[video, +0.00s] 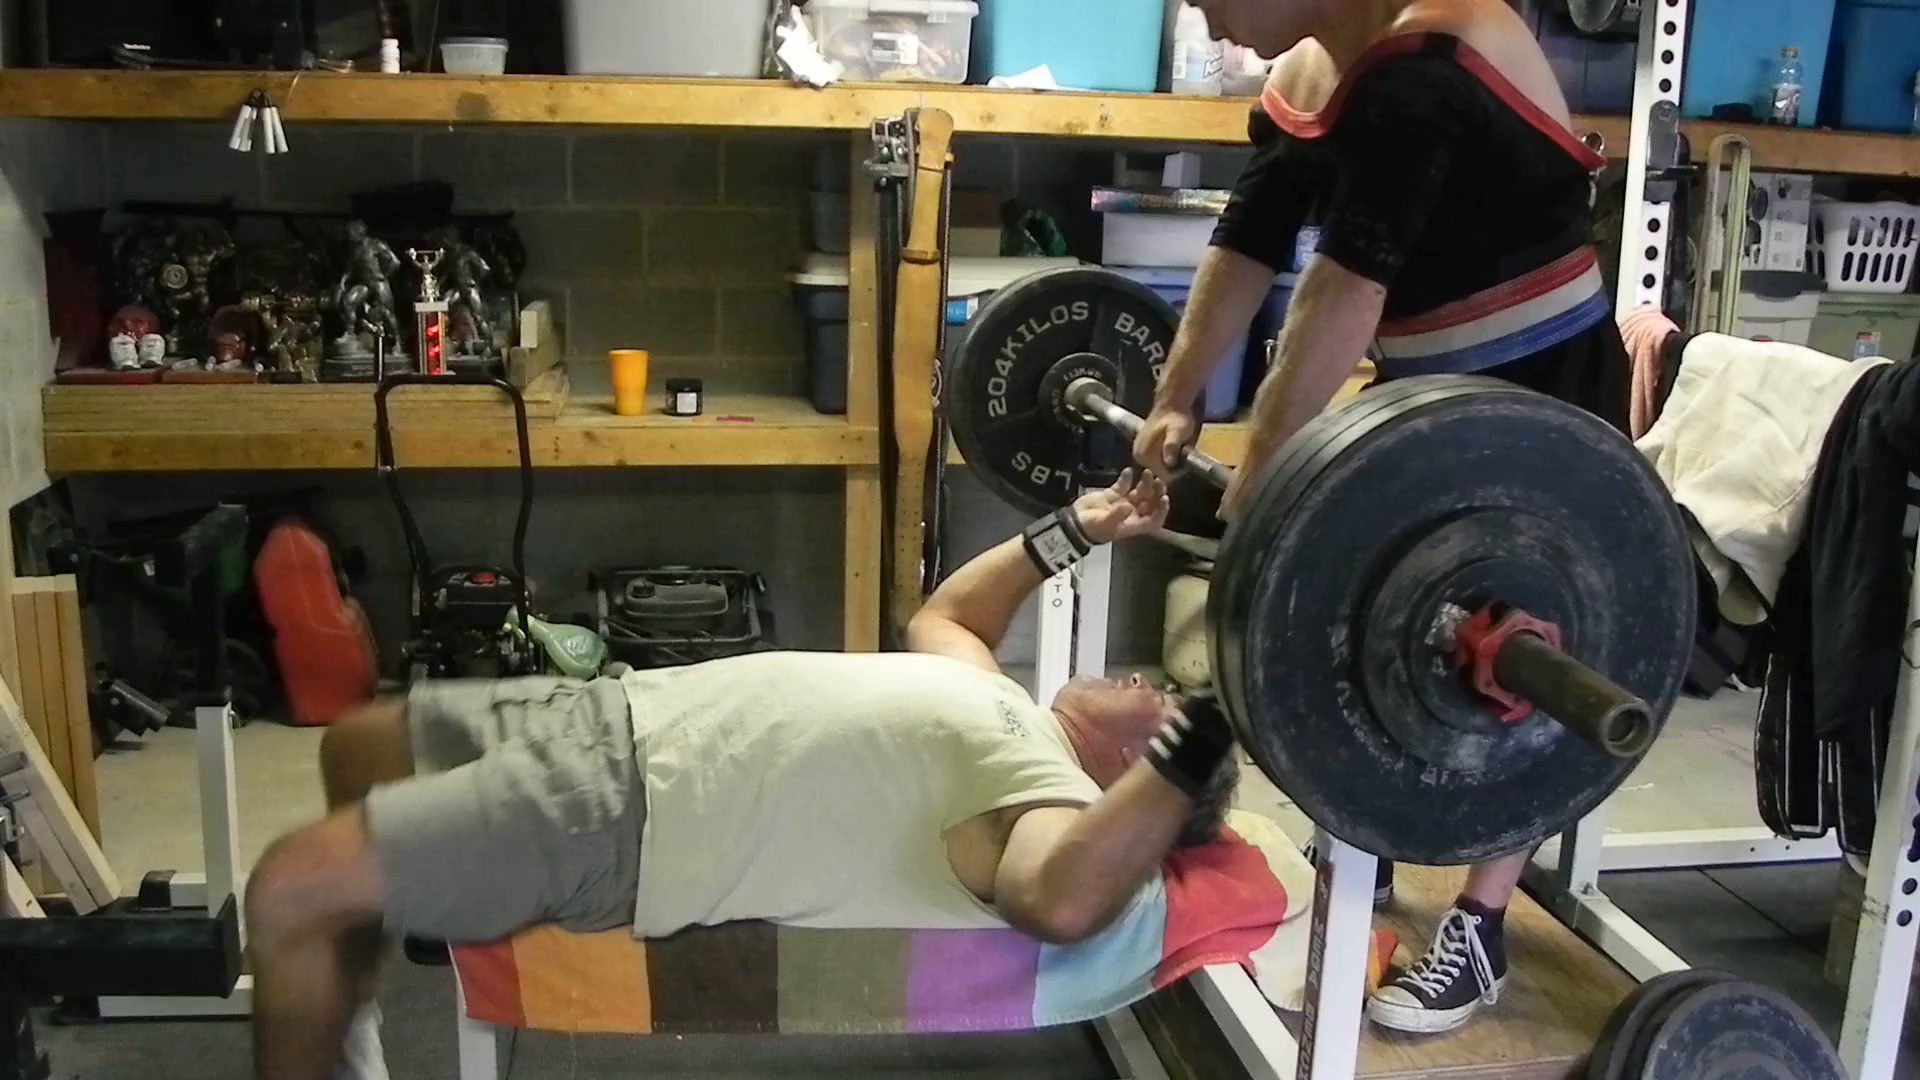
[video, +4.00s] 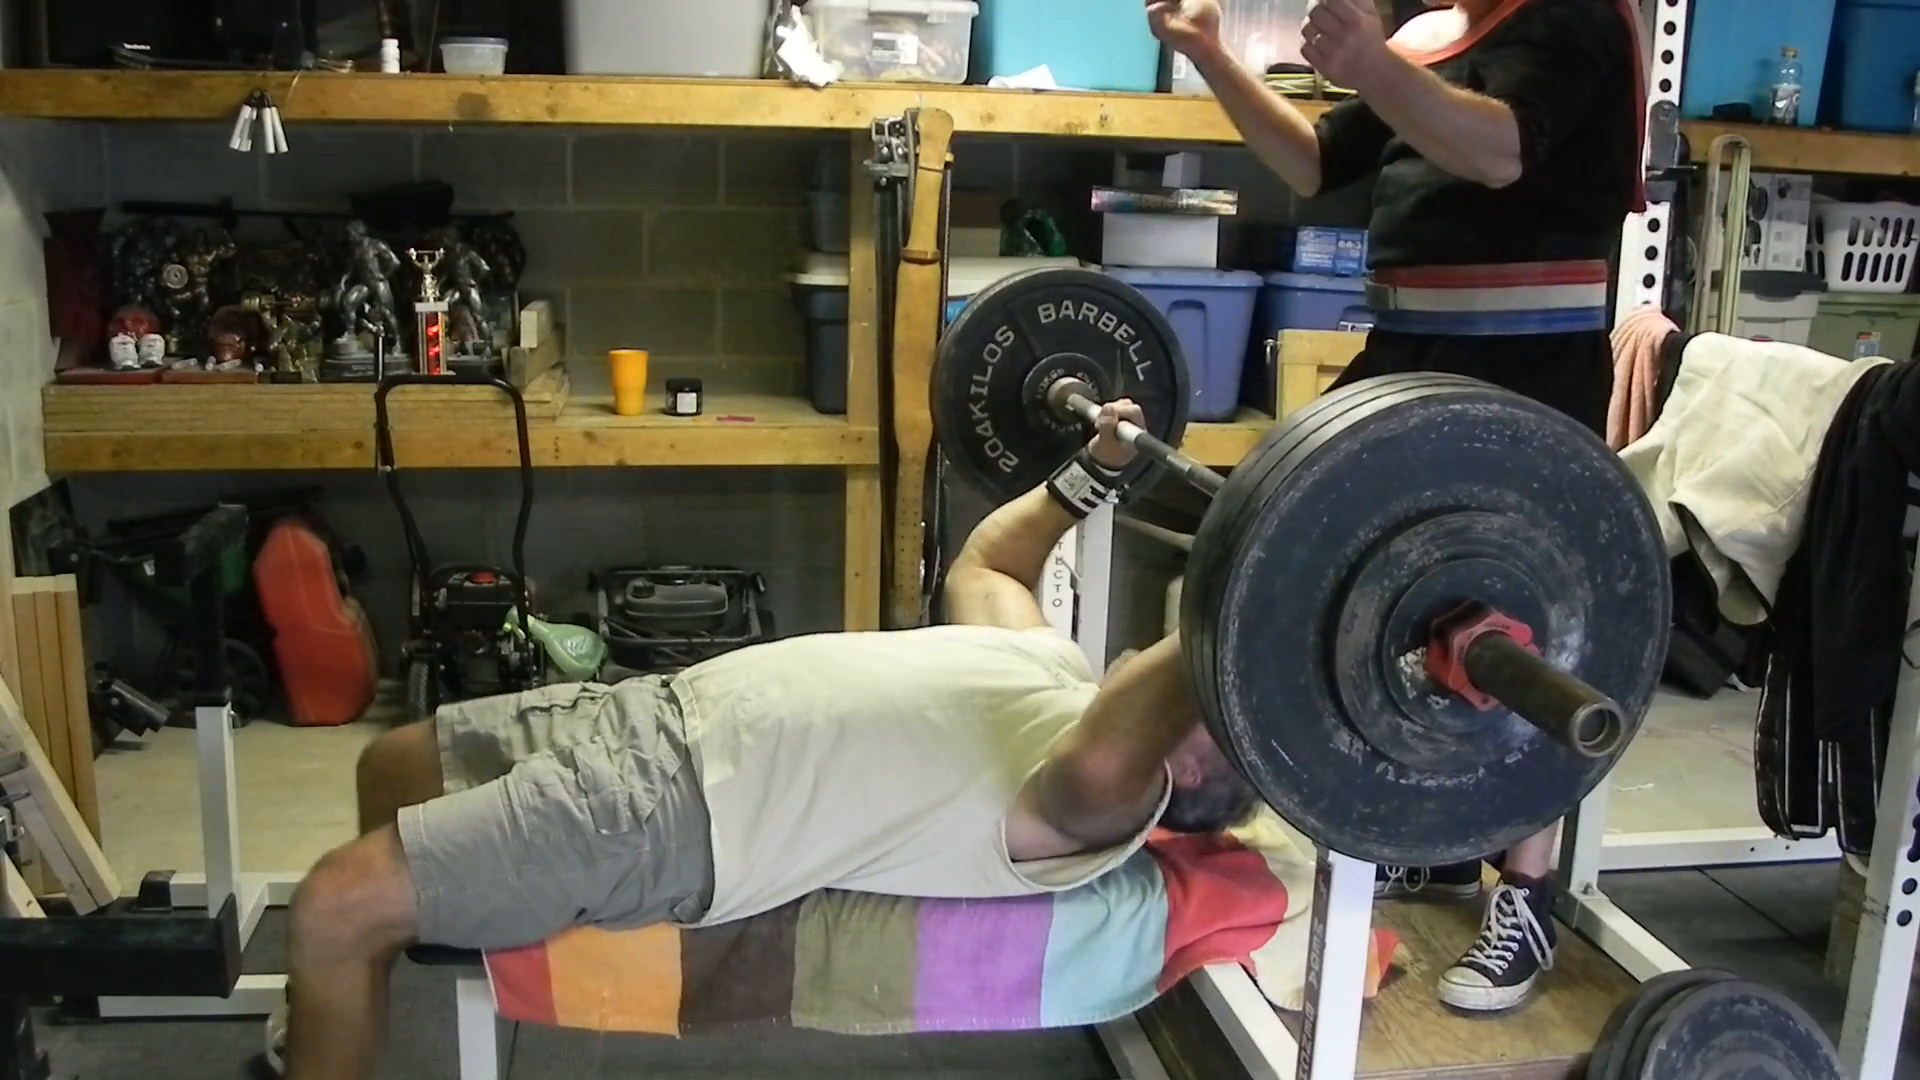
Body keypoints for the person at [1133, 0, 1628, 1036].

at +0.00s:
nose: (1206, 22)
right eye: (1201, 5)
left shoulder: (1419, 75)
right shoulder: (1310, 69)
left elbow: (1341, 304)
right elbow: (1251, 231)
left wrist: (1253, 494)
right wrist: (1172, 404)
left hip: (1535, 391)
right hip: (1412, 382)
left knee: (1522, 648)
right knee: (1384, 620)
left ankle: (1477, 917)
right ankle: (1365, 846)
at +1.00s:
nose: (1230, 6)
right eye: (1229, 4)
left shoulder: (1411, 60)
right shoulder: (1313, 55)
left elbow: (1359, 276)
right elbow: (1257, 219)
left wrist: (1273, 428)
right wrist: (1183, 377)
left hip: (1509, 378)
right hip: (1388, 373)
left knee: (1503, 644)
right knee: (1367, 619)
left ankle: (1471, 918)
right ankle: (1357, 847)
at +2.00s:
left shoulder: (1608, 18)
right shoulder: (1415, 15)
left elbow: (1523, 184)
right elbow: (1328, 152)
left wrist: (1398, 341)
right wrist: (1233, 285)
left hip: (1526, 365)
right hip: (1380, 342)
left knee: (1519, 625)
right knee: (1344, 608)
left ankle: (1526, 893)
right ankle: (1347, 862)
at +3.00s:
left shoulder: (1630, 17)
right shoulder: (1489, 24)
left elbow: (1531, 170)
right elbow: (1381, 157)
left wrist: (1410, 307)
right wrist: (1246, 257)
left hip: (1595, 374)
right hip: (1468, 362)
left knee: (1567, 627)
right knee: (1440, 603)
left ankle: (1530, 898)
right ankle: (1442, 839)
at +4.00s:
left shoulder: (1576, 18)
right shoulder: (1428, 38)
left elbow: (1503, 148)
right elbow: (1314, 164)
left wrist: (1372, 64)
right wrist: (1210, 54)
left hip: (1536, 374)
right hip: (1405, 363)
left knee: (1528, 630)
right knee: (1392, 608)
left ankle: (1528, 891)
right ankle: (1431, 831)